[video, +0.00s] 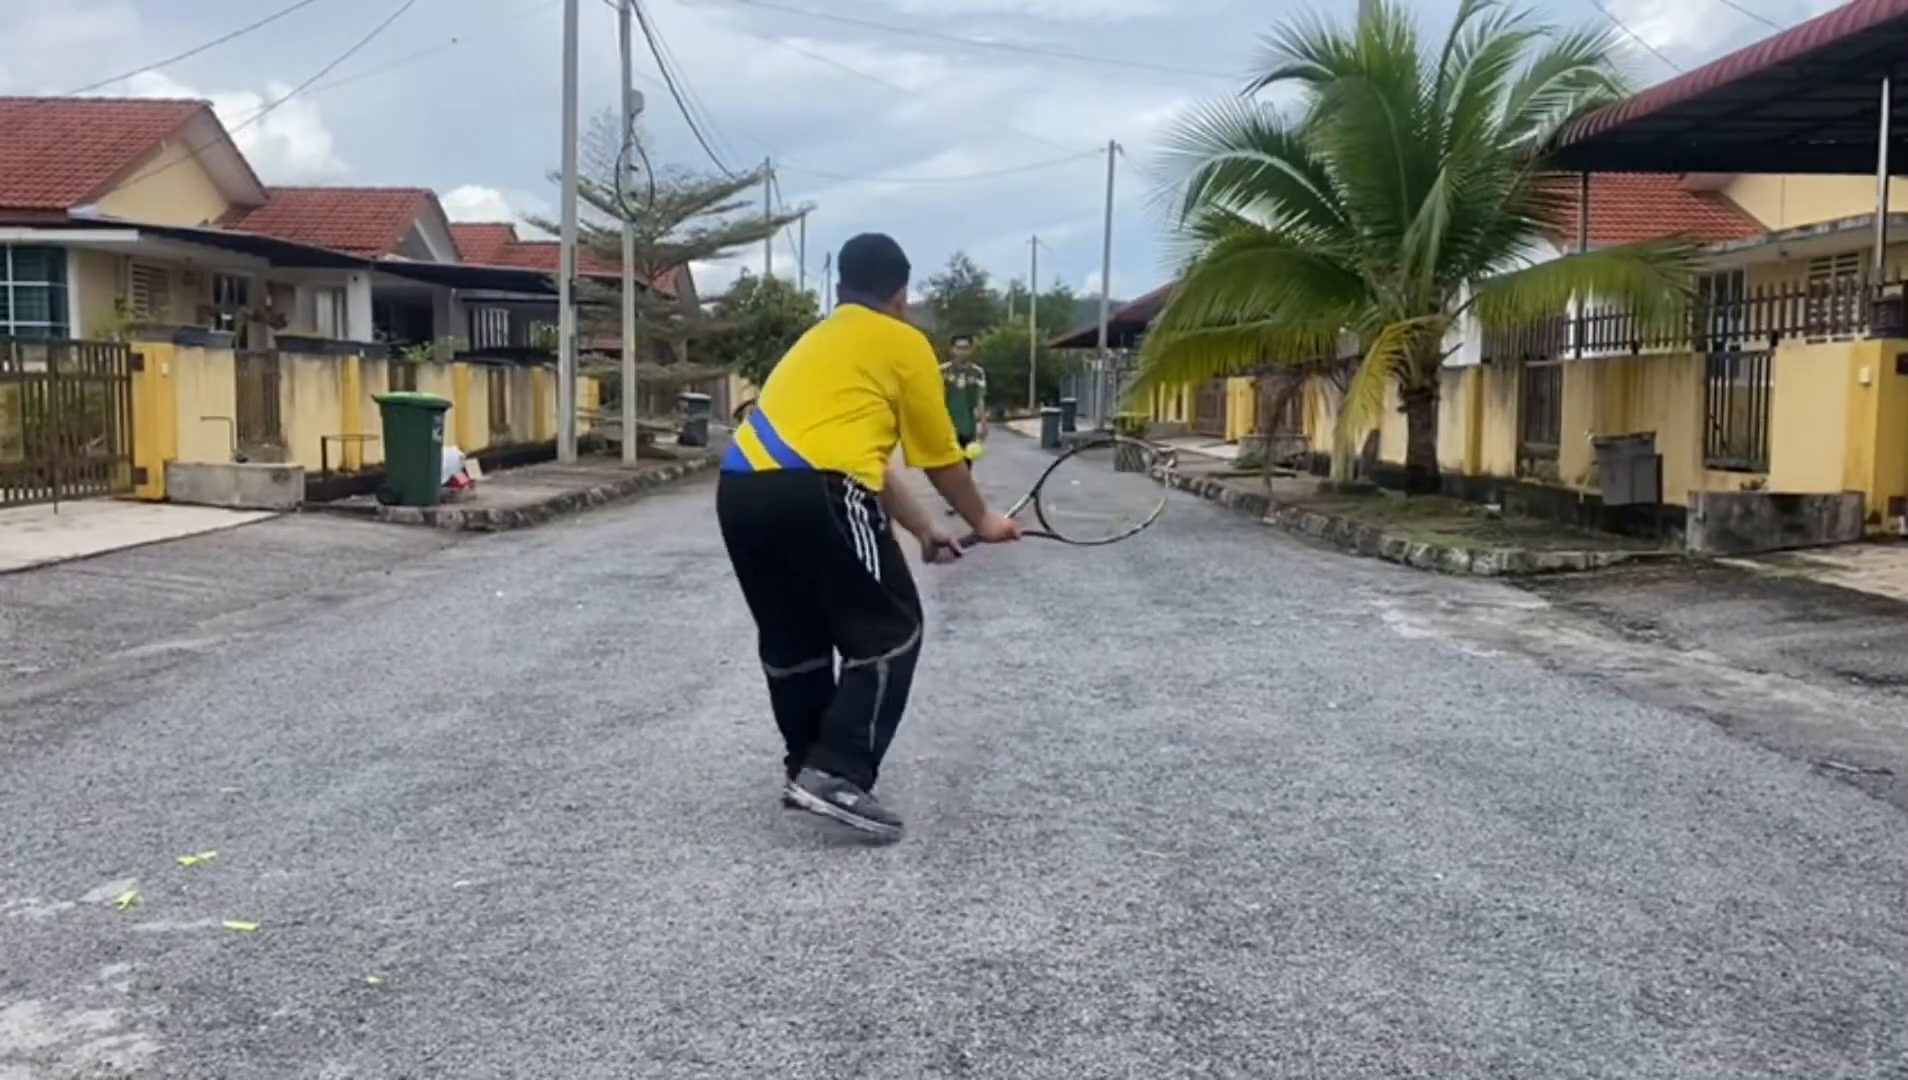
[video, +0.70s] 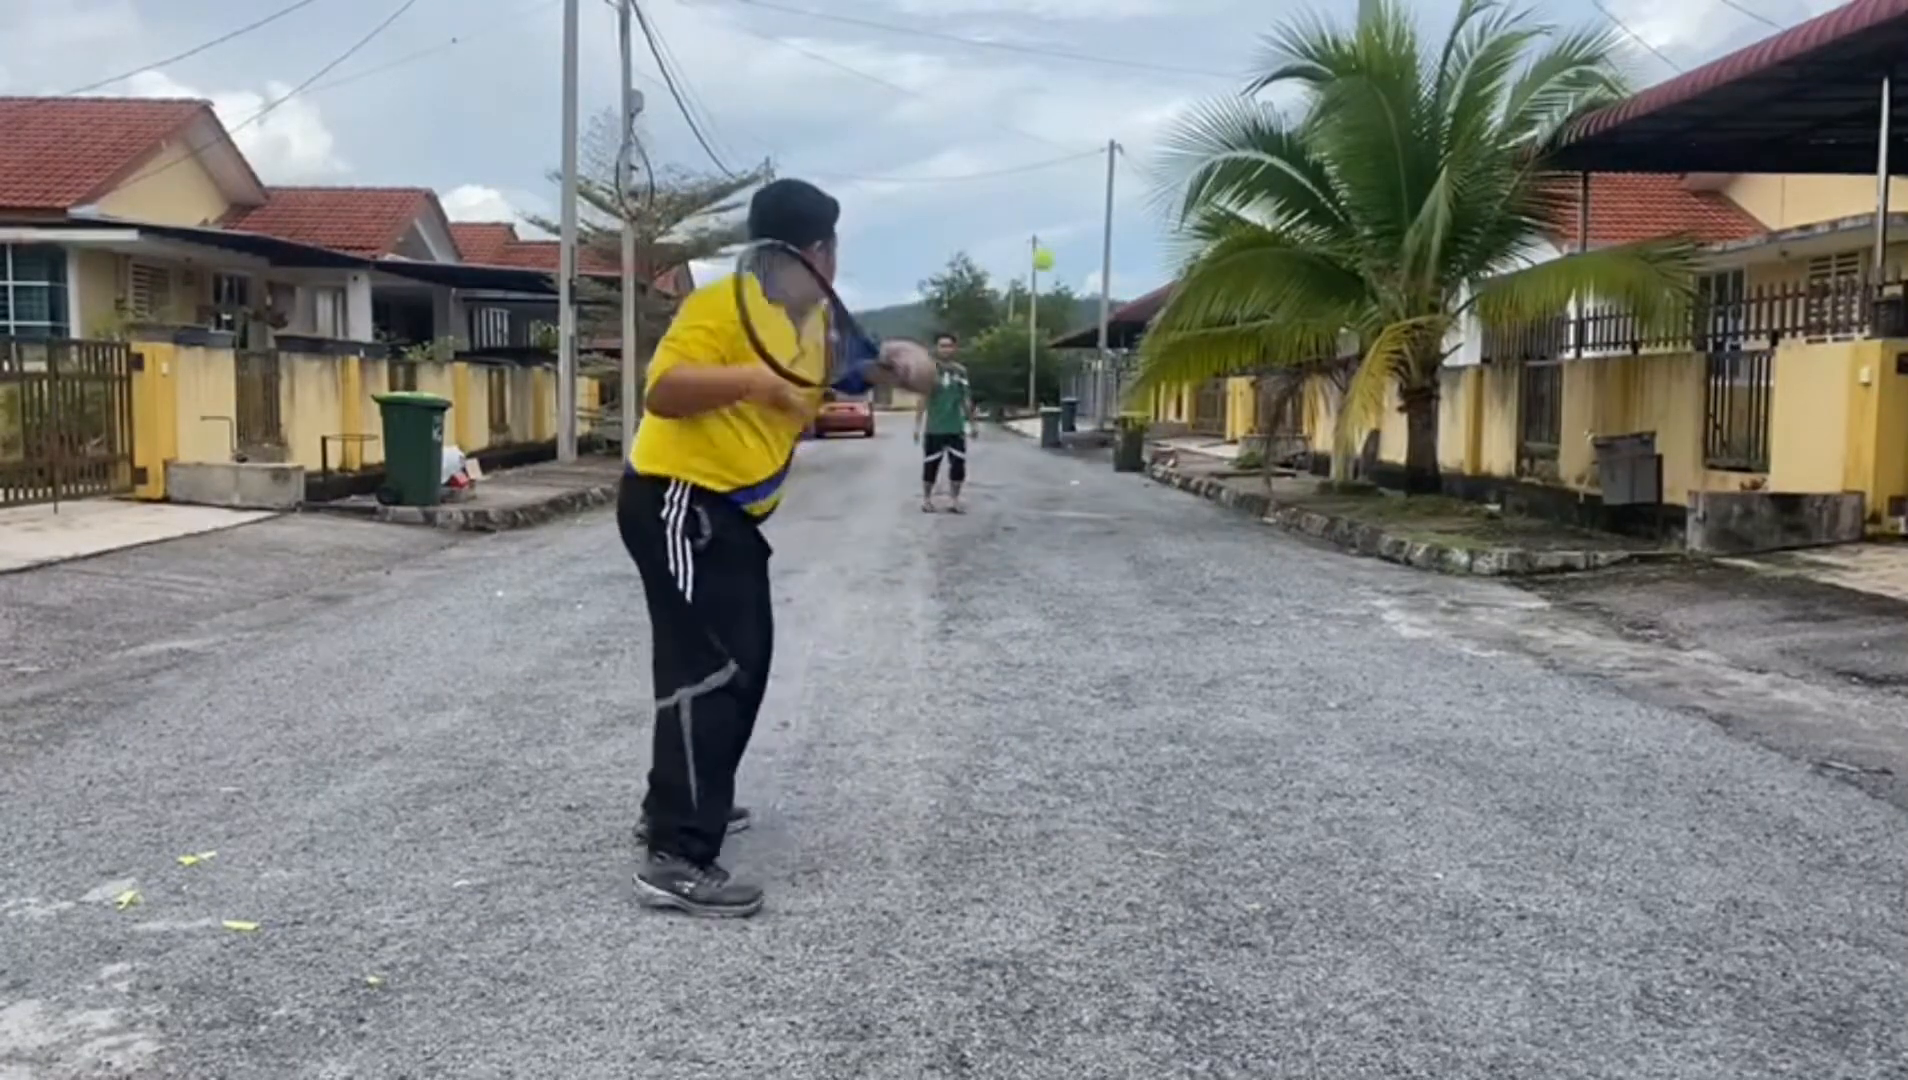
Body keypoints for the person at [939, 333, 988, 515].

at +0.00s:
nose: (961, 352)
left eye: (966, 348)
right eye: (958, 347)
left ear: (971, 350)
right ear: (951, 349)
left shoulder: (977, 373)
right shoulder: (942, 371)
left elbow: (980, 402)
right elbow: (937, 400)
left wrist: (983, 426)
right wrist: (939, 424)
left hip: (969, 427)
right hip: (948, 426)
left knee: (966, 468)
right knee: (950, 465)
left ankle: (963, 501)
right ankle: (953, 501)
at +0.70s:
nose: (945, 350)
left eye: (949, 346)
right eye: (942, 346)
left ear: (955, 349)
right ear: (936, 348)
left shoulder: (960, 371)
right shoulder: (931, 371)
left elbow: (967, 399)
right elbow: (922, 400)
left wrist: (973, 423)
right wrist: (917, 426)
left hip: (956, 426)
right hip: (934, 427)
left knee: (958, 466)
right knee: (931, 466)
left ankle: (955, 499)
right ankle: (927, 498)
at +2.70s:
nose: (938, 351)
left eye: (942, 347)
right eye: (935, 347)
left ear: (950, 349)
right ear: (931, 350)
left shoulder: (959, 371)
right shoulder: (924, 371)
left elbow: (962, 396)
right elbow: (920, 397)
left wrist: (956, 415)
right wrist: (927, 416)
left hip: (952, 422)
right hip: (932, 422)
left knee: (956, 461)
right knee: (929, 461)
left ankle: (959, 497)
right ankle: (927, 497)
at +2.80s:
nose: (938, 351)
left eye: (941, 347)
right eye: (935, 347)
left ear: (949, 349)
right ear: (930, 350)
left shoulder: (958, 370)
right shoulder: (923, 371)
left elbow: (961, 396)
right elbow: (920, 397)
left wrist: (948, 415)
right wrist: (934, 416)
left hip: (952, 424)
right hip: (931, 424)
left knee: (956, 462)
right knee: (928, 463)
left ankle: (959, 497)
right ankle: (927, 497)